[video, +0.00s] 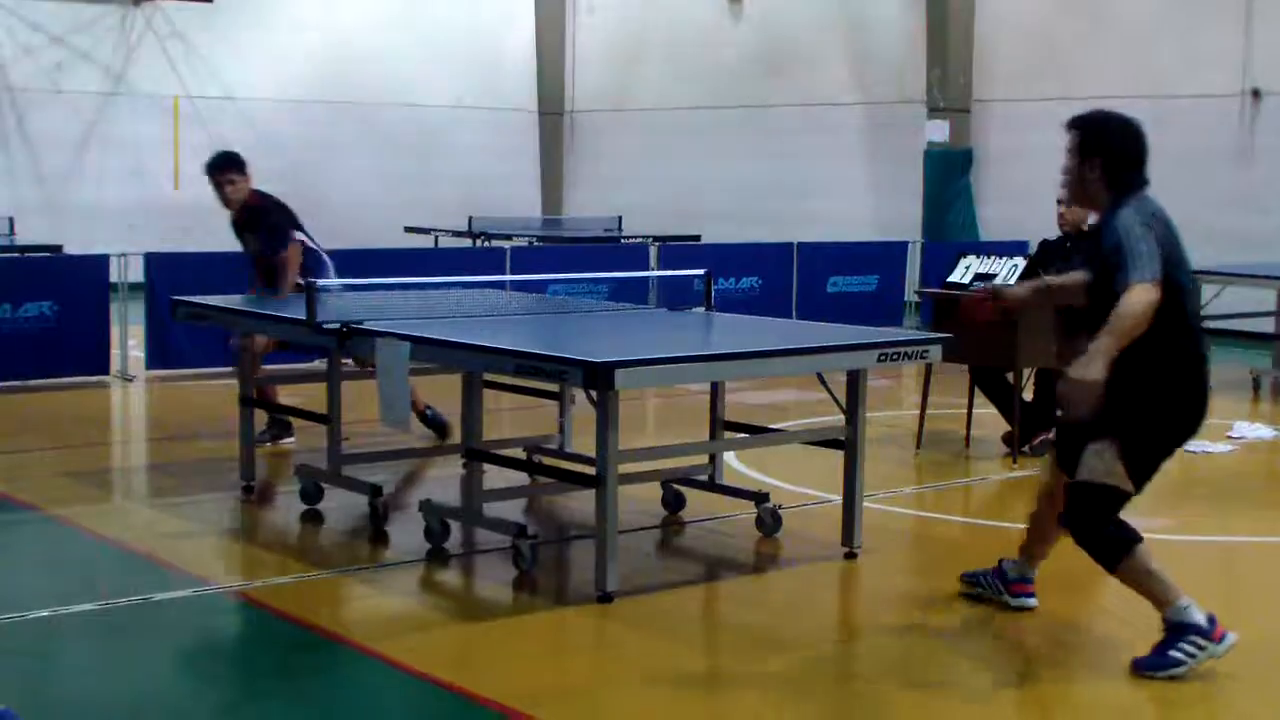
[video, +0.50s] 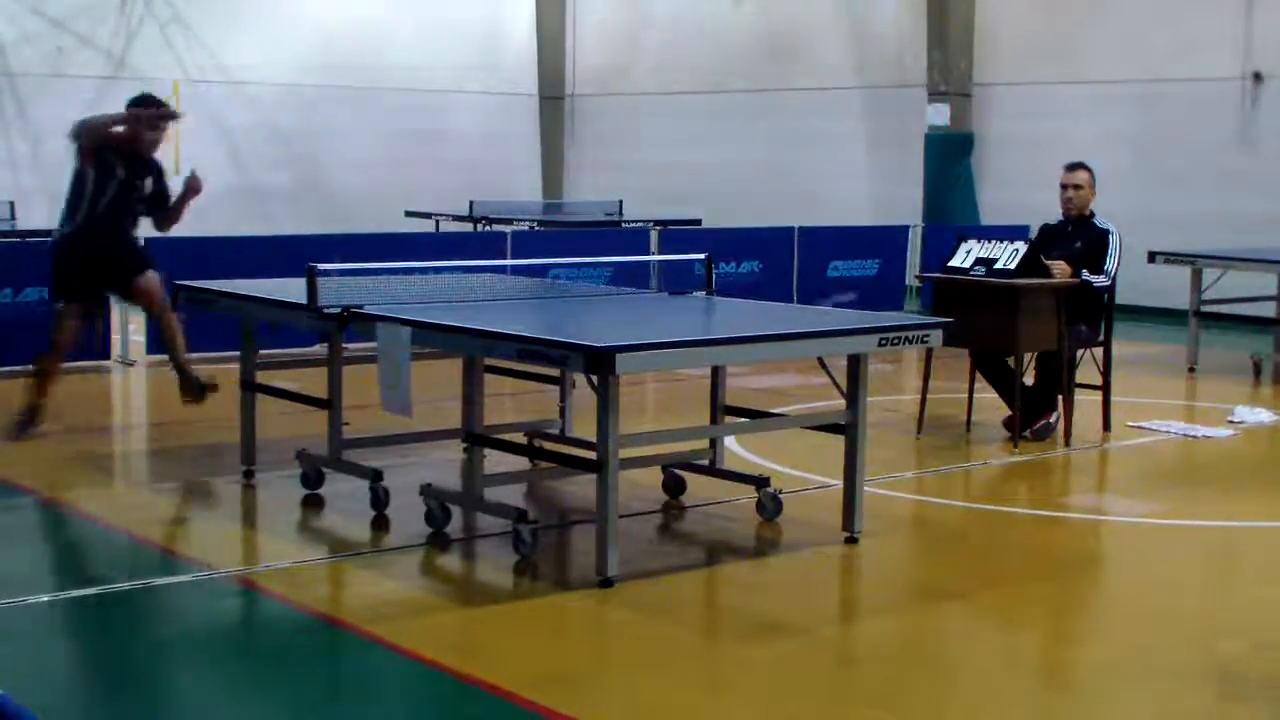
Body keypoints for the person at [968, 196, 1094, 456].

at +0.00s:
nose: (1061, 211)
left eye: (1068, 205)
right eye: (1059, 205)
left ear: (1086, 211)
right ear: (1056, 210)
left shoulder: (1096, 245)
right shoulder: (1049, 248)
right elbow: (1023, 286)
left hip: (1078, 332)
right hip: (1037, 329)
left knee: (1051, 367)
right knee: (982, 368)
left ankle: (1029, 428)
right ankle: (1035, 426)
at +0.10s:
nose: (1062, 206)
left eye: (1070, 201)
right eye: (1059, 200)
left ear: (1089, 206)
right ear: (1056, 203)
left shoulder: (1104, 246)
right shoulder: (1046, 244)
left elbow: (1107, 293)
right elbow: (1024, 284)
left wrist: (1073, 288)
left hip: (1079, 327)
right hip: (1037, 324)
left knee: (1053, 363)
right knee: (982, 364)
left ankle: (1029, 427)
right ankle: (1037, 424)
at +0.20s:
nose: (1062, 200)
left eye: (1070, 194)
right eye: (1059, 193)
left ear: (1090, 200)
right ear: (1056, 196)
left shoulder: (1105, 240)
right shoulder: (1047, 237)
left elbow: (1106, 286)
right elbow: (1023, 278)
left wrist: (1074, 281)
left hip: (1081, 324)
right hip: (1040, 321)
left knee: (1054, 355)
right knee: (982, 356)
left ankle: (1028, 421)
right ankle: (1038, 418)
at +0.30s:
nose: (1063, 196)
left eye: (1071, 190)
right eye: (1060, 189)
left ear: (1090, 196)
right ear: (1056, 192)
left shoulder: (1105, 236)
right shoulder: (1047, 233)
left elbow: (1106, 282)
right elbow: (1023, 274)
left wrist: (1074, 277)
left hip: (1080, 322)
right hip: (1039, 318)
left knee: (1053, 353)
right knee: (982, 352)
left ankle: (1028, 417)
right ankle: (1038, 414)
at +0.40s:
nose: (1065, 194)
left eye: (1073, 188)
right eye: (1062, 188)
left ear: (1091, 194)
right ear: (1057, 192)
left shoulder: (1105, 235)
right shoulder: (1047, 232)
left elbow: (1106, 281)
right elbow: (1023, 272)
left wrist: (1074, 275)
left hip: (1080, 321)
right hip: (1039, 317)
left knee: (1053, 352)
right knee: (982, 351)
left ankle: (1028, 416)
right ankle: (1038, 413)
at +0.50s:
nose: (1068, 194)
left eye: (1076, 188)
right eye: (1063, 188)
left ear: (1092, 194)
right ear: (1059, 191)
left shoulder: (1106, 234)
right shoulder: (1048, 231)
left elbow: (1106, 280)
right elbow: (1022, 272)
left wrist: (1074, 275)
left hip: (1080, 320)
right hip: (1039, 316)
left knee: (1054, 349)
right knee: (983, 351)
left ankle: (1030, 414)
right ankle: (1039, 412)